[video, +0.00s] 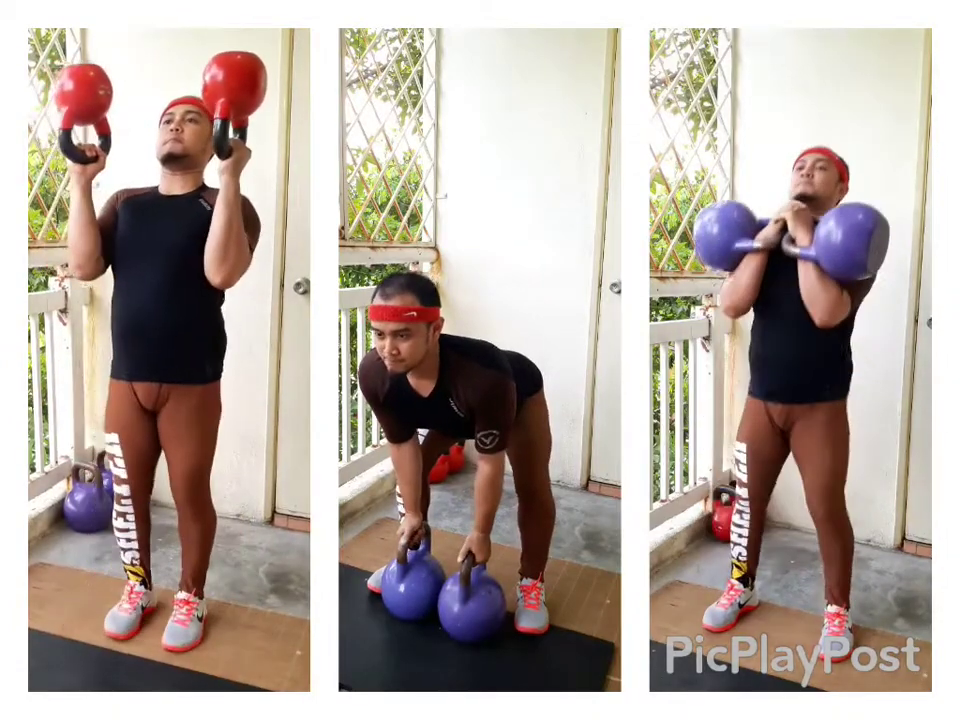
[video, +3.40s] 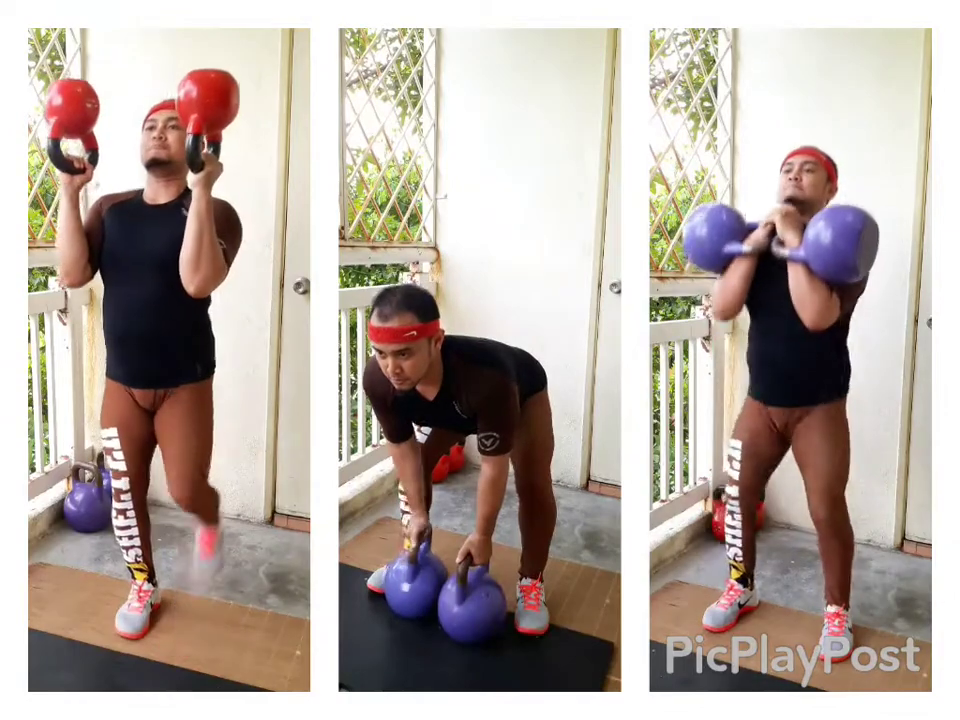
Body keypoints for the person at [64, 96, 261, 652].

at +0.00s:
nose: (174, 127)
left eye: (190, 121)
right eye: (167, 121)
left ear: (213, 140)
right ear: (156, 140)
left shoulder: (231, 207)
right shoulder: (125, 202)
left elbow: (222, 272)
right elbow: (84, 266)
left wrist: (228, 179)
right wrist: (82, 182)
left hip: (191, 379)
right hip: (126, 375)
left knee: (189, 493)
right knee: (131, 490)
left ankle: (190, 597)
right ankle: (136, 586)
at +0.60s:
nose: (188, 127)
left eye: (203, 119)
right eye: (180, 121)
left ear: (227, 138)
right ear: (169, 142)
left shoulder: (247, 205)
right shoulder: (140, 203)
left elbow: (235, 271)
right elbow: (100, 268)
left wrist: (235, 180)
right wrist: (98, 186)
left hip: (211, 381)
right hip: (146, 378)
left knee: (199, 497)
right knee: (140, 490)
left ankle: (191, 595)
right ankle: (166, 546)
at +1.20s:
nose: (190, 204)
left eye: (204, 196)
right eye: (181, 197)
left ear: (225, 213)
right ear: (171, 215)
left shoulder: (248, 278)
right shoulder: (147, 275)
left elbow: (235, 344)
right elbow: (114, 342)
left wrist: (237, 254)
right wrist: (104, 261)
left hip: (226, 414)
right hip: (168, 412)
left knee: (185, 504)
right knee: (175, 473)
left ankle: (187, 600)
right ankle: (212, 504)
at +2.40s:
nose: (198, 122)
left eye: (211, 116)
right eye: (191, 117)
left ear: (236, 136)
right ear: (180, 137)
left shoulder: (258, 208)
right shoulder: (149, 202)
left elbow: (240, 276)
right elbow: (110, 268)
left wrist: (243, 180)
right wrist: (104, 184)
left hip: (216, 380)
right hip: (154, 373)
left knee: (201, 494)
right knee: (144, 479)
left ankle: (191, 597)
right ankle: (172, 538)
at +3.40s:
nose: (159, 134)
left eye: (172, 126)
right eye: (150, 127)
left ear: (195, 144)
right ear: (139, 146)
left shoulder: (216, 214)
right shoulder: (110, 207)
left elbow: (198, 282)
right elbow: (73, 274)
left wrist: (201, 189)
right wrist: (70, 194)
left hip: (185, 381)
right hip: (122, 379)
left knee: (186, 493)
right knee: (126, 493)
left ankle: (212, 517)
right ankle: (142, 584)